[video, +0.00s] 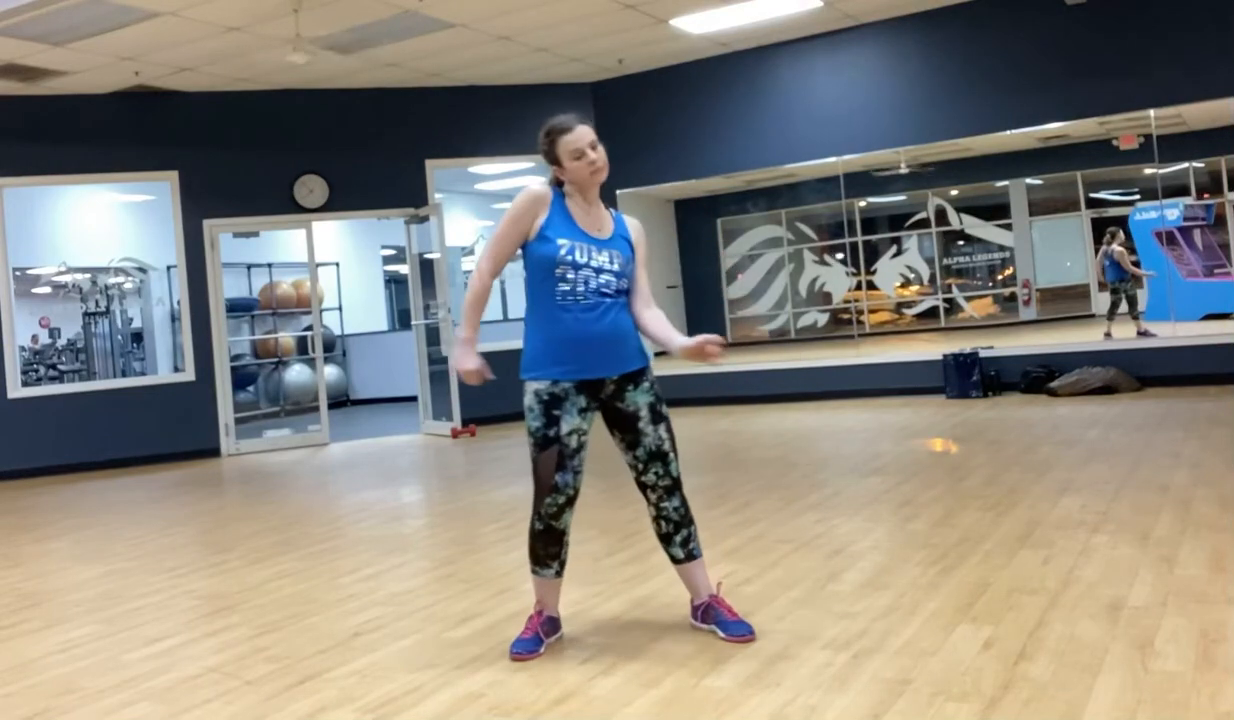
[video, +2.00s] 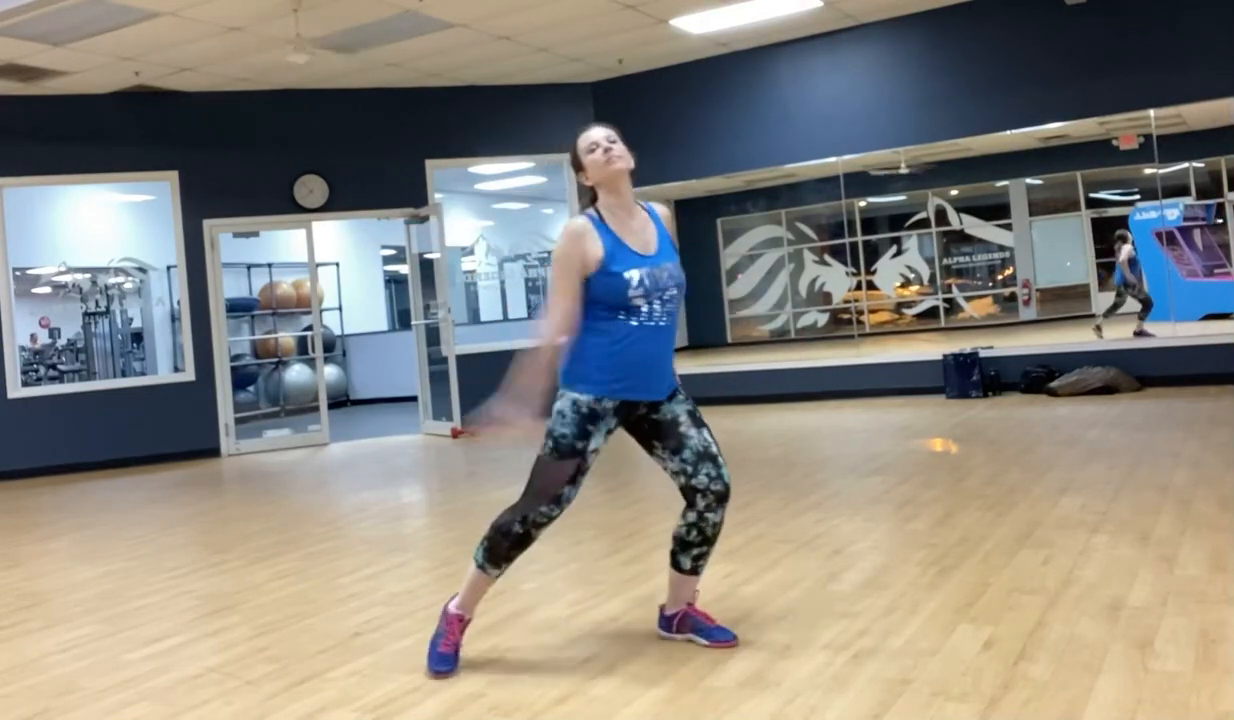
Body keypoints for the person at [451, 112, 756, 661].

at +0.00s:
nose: (594, 157)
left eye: (595, 147)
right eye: (580, 155)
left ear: (604, 150)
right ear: (559, 169)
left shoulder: (628, 229)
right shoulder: (539, 202)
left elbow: (643, 307)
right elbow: (486, 270)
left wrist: (683, 344)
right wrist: (464, 342)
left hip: (626, 371)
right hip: (555, 377)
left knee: (664, 482)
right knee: (554, 496)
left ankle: (705, 601)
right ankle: (546, 614)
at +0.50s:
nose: (591, 155)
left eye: (589, 143)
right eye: (576, 156)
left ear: (601, 143)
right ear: (562, 176)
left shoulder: (652, 203)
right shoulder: (552, 224)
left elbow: (707, 263)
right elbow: (536, 304)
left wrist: (696, 328)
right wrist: (510, 372)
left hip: (649, 371)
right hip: (572, 376)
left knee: (682, 484)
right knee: (559, 490)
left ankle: (712, 599)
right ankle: (545, 613)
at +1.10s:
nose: (578, 142)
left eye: (583, 133)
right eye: (565, 139)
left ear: (599, 143)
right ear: (550, 156)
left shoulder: (635, 215)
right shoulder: (528, 220)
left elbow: (659, 296)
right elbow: (476, 293)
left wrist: (698, 329)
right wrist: (439, 350)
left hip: (637, 371)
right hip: (560, 379)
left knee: (667, 484)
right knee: (552, 497)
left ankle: (710, 600)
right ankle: (545, 615)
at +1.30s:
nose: (560, 139)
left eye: (566, 130)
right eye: (547, 135)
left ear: (583, 142)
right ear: (533, 154)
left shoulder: (618, 215)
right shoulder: (512, 216)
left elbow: (637, 294)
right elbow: (442, 270)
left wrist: (644, 344)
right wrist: (380, 312)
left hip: (616, 373)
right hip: (542, 380)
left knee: (660, 483)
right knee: (541, 500)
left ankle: (707, 600)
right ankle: (545, 615)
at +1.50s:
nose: (551, 135)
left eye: (557, 126)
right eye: (539, 132)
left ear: (574, 138)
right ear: (525, 150)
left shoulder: (610, 207)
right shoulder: (505, 209)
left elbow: (645, 281)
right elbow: (429, 236)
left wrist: (640, 344)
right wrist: (348, 250)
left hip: (611, 369)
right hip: (537, 377)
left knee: (667, 468)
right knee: (538, 494)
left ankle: (697, 594)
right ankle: (544, 614)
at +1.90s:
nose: (594, 139)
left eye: (599, 131)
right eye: (580, 139)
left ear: (619, 146)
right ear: (571, 165)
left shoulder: (657, 205)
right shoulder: (560, 220)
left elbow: (680, 269)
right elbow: (486, 261)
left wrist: (675, 328)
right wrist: (422, 280)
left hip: (653, 379)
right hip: (583, 383)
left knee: (699, 482)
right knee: (544, 496)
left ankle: (679, 608)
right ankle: (486, 600)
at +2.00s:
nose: (609, 148)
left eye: (614, 141)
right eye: (595, 149)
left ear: (632, 157)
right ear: (584, 175)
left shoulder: (661, 216)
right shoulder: (579, 235)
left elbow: (659, 299)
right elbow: (556, 330)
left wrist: (659, 364)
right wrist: (519, 403)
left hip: (656, 389)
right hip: (591, 394)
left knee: (711, 489)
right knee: (539, 508)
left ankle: (679, 610)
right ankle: (458, 613)